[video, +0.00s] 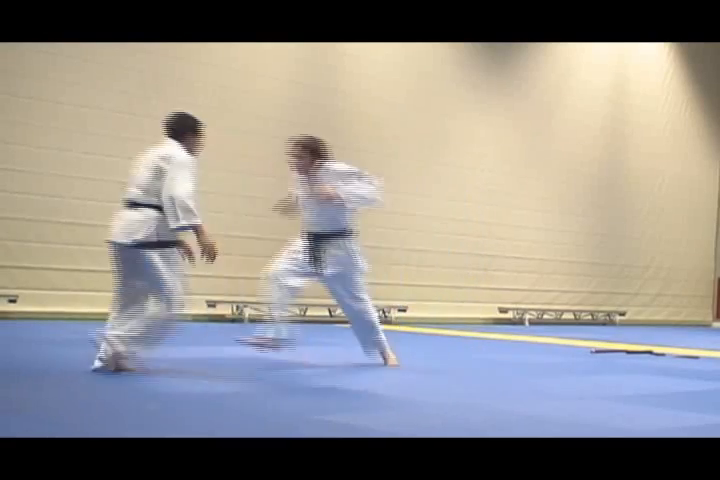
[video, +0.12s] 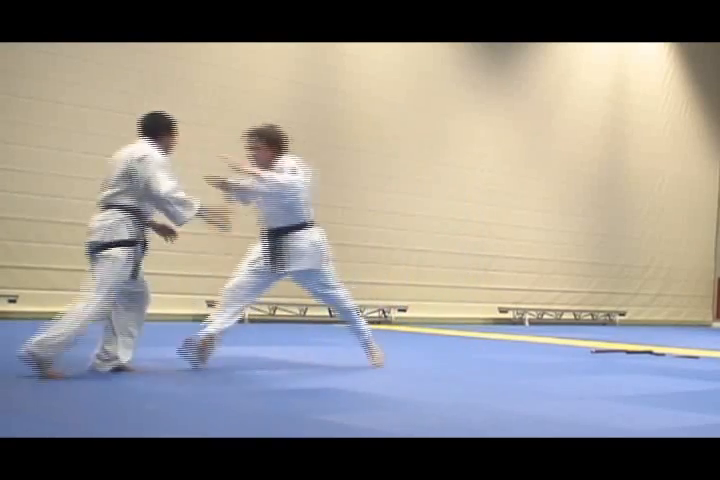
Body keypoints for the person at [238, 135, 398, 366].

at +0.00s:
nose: (293, 162)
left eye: (298, 157)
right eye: (291, 157)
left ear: (313, 157)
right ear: (294, 158)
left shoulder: (335, 172)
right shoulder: (301, 177)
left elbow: (372, 191)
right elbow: (306, 199)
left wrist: (339, 194)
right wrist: (292, 205)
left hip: (338, 247)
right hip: (308, 246)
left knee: (356, 303)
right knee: (276, 275)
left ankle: (385, 352)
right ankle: (276, 335)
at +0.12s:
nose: (251, 155)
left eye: (255, 150)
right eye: (250, 150)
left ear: (271, 149)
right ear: (263, 150)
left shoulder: (291, 166)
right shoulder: (263, 174)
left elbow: (286, 184)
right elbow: (249, 195)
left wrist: (249, 172)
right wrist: (228, 187)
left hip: (302, 240)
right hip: (273, 244)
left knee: (334, 295)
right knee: (235, 292)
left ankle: (368, 343)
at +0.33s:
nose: (194, 147)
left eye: (199, 141)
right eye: (193, 141)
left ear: (215, 142)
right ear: (198, 144)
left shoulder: (234, 163)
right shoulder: (199, 166)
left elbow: (212, 190)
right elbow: (170, 165)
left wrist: (182, 207)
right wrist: (146, 154)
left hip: (254, 233)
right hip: (227, 239)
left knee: (282, 292)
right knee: (189, 287)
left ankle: (314, 354)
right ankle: (188, 357)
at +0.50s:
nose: (165, 132)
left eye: (171, 127)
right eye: (164, 127)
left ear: (191, 131)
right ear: (166, 130)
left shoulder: (215, 158)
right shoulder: (161, 151)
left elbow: (226, 202)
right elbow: (132, 127)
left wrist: (217, 237)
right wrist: (104, 103)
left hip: (223, 224)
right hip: (189, 229)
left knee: (257, 284)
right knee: (165, 287)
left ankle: (304, 346)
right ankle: (153, 356)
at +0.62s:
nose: (157, 129)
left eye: (162, 124)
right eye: (155, 124)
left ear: (181, 127)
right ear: (154, 127)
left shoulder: (204, 154)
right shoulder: (149, 149)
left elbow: (225, 190)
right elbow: (113, 131)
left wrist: (230, 224)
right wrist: (80, 111)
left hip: (210, 227)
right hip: (175, 232)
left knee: (243, 291)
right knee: (147, 292)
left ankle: (280, 354)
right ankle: (150, 359)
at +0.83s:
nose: (132, 142)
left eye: (133, 135)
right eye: (129, 137)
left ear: (148, 128)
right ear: (135, 133)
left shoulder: (183, 132)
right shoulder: (140, 149)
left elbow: (224, 140)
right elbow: (105, 135)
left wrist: (254, 160)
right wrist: (66, 120)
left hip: (201, 214)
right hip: (169, 218)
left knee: (217, 287)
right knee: (153, 293)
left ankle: (245, 357)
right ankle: (153, 360)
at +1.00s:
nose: (126, 125)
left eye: (128, 119)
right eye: (125, 120)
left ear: (142, 116)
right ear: (136, 119)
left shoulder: (175, 126)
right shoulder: (139, 137)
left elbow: (212, 131)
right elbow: (108, 120)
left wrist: (245, 144)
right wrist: (74, 103)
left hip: (196, 212)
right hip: (168, 218)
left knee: (206, 285)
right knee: (155, 289)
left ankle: (242, 356)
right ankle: (160, 357)